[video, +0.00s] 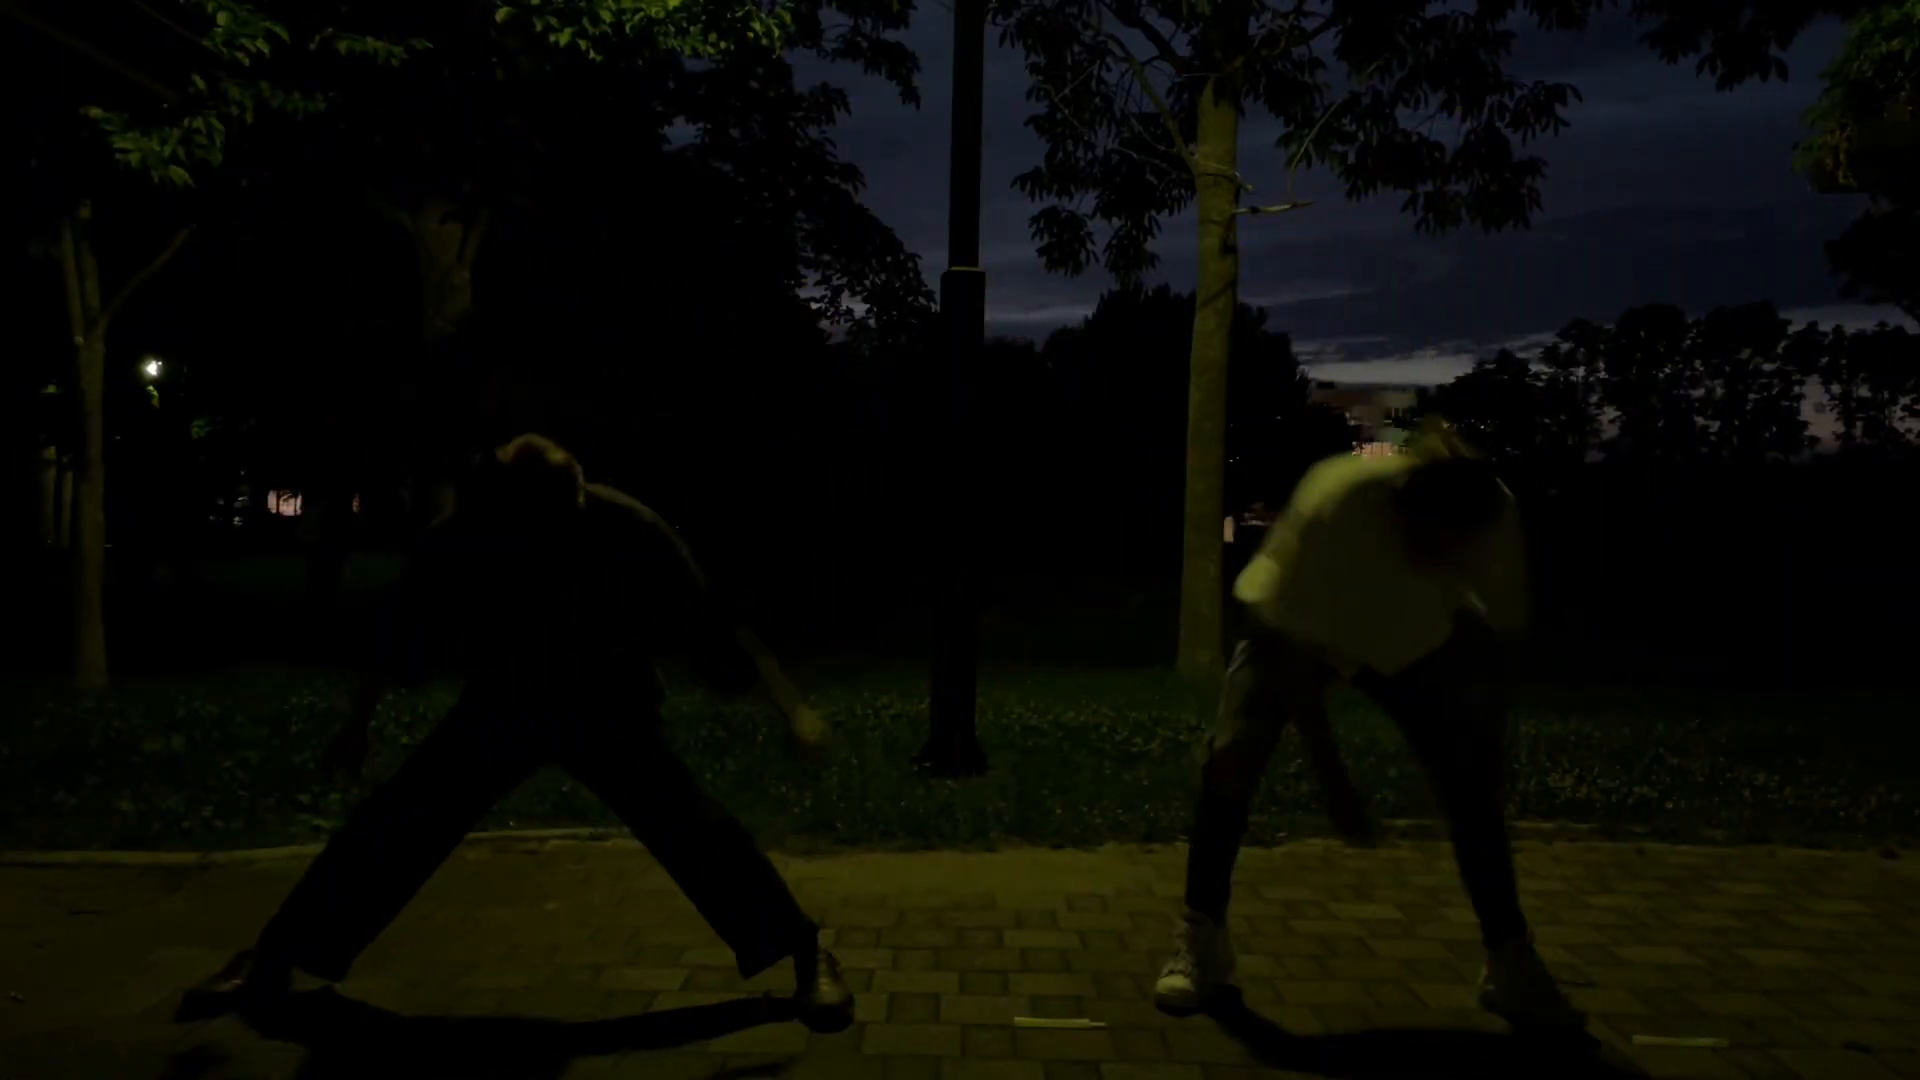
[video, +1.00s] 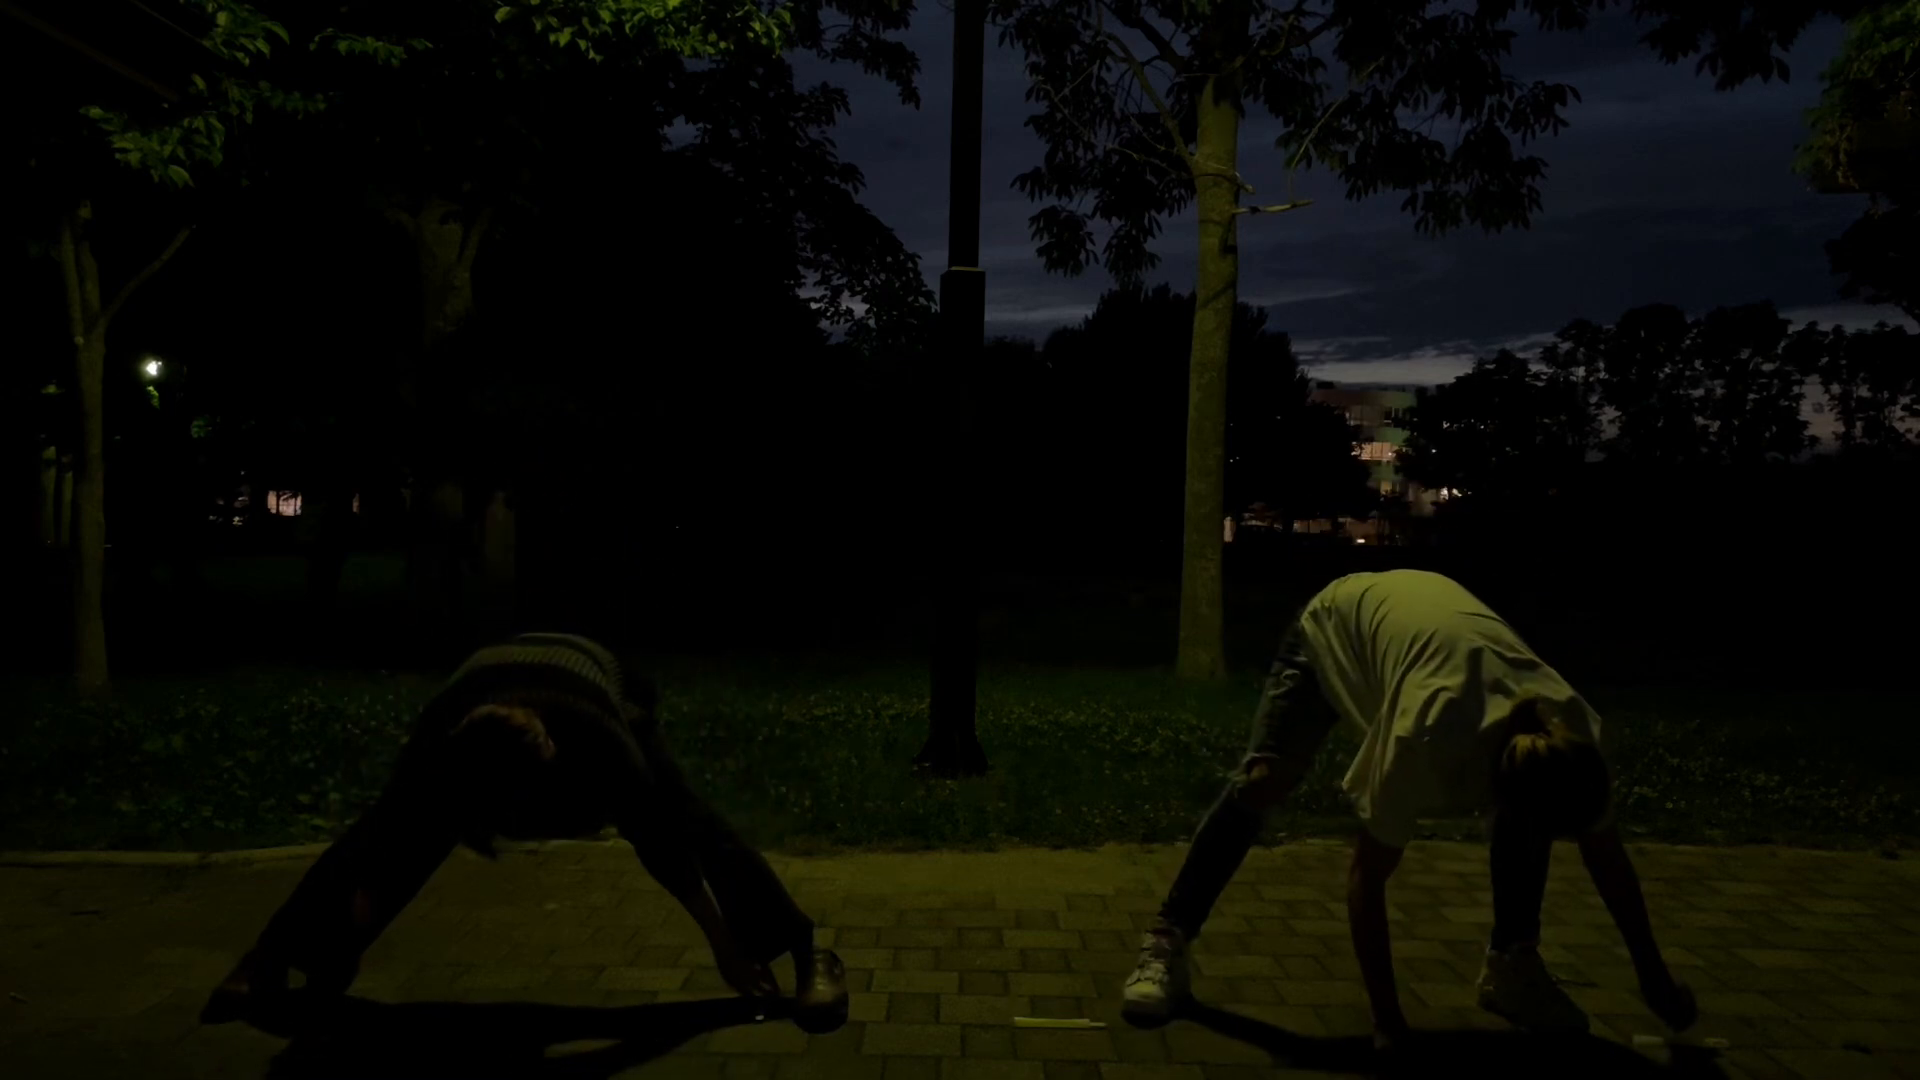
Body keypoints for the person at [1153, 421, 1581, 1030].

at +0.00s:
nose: (1448, 552)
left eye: (1462, 539)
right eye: (1441, 536)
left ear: (1480, 514)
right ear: (1408, 507)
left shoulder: (1490, 517)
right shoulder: (1334, 502)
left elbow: (1505, 639)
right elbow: (1281, 638)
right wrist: (1334, 785)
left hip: (1414, 632)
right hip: (1299, 624)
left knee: (1473, 789)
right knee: (1231, 760)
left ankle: (1511, 964)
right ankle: (1200, 942)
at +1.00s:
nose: (1533, 838)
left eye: (1550, 830)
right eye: (1533, 826)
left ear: (1585, 765)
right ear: (1506, 780)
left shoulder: (1575, 732)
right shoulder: (1427, 733)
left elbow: (1605, 852)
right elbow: (1365, 883)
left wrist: (1653, 969)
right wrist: (1387, 1021)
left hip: (1443, 606)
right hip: (1338, 614)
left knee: (1531, 800)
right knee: (1261, 783)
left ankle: (1514, 968)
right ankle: (1166, 948)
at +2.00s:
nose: (1478, 683)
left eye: (1488, 673)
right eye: (1469, 671)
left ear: (1516, 620)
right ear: (1440, 620)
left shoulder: (1512, 572)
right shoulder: (1354, 594)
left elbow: (1536, 669)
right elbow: (1281, 731)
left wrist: (1558, 725)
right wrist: (1267, 853)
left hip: (1422, 641)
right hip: (1304, 624)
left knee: (1518, 778)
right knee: (1241, 772)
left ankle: (1562, 951)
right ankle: (1164, 943)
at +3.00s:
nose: (1238, 794)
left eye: (1258, 780)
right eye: (1227, 776)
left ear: (1293, 732)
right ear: (1216, 744)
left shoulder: (1376, 688)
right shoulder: (1187, 733)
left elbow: (1470, 680)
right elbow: (1145, 850)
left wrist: (1499, 765)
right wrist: (1082, 970)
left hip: (1365, 618)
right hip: (1251, 625)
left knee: (1497, 808)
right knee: (1180, 804)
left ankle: (1601, 973)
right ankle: (1162, 960)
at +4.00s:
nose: (1351, 456)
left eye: (1367, 440)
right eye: (1338, 437)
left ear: (1399, 422)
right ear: (1315, 419)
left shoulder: (1459, 463)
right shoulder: (1272, 455)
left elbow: (1527, 568)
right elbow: (1233, 560)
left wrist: (1522, 670)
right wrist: (1203, 657)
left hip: (1411, 675)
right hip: (1288, 669)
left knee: (1520, 808)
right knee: (1180, 795)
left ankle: (1600, 976)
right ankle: (1085, 952)